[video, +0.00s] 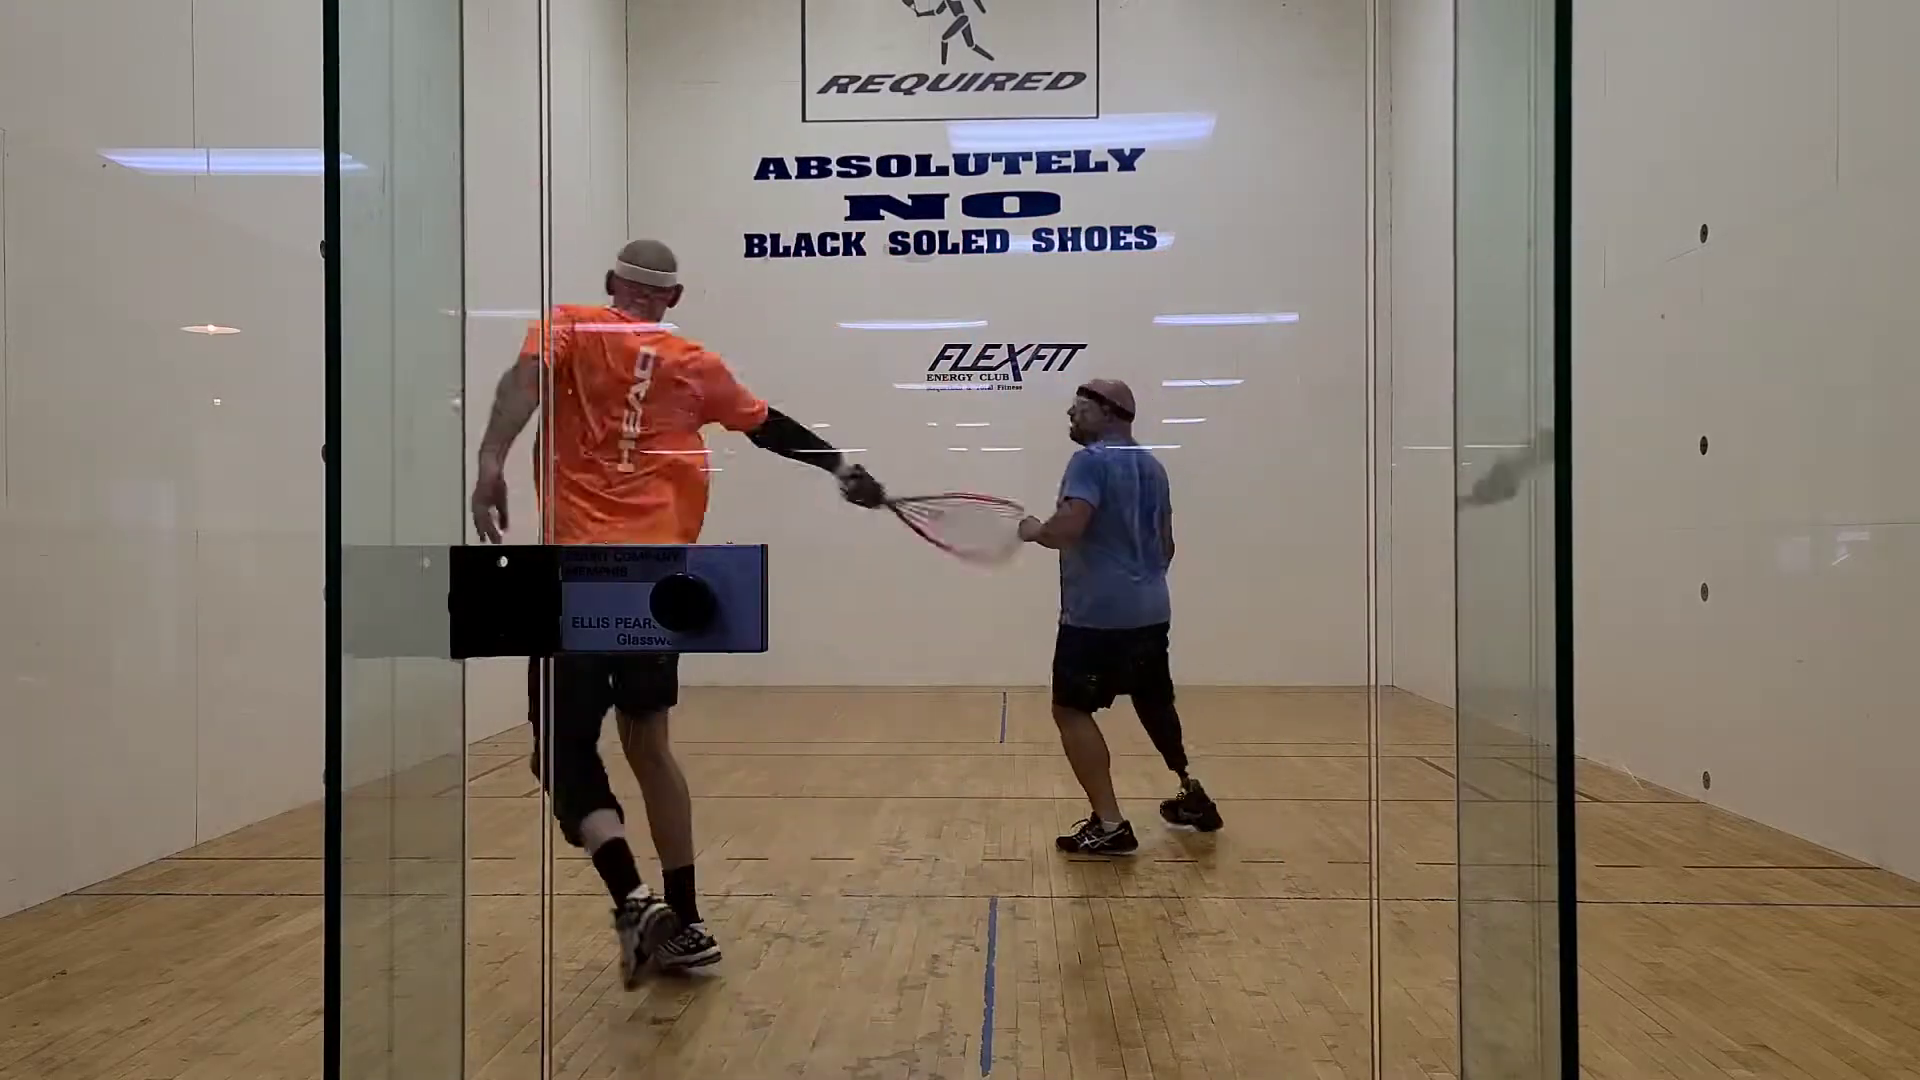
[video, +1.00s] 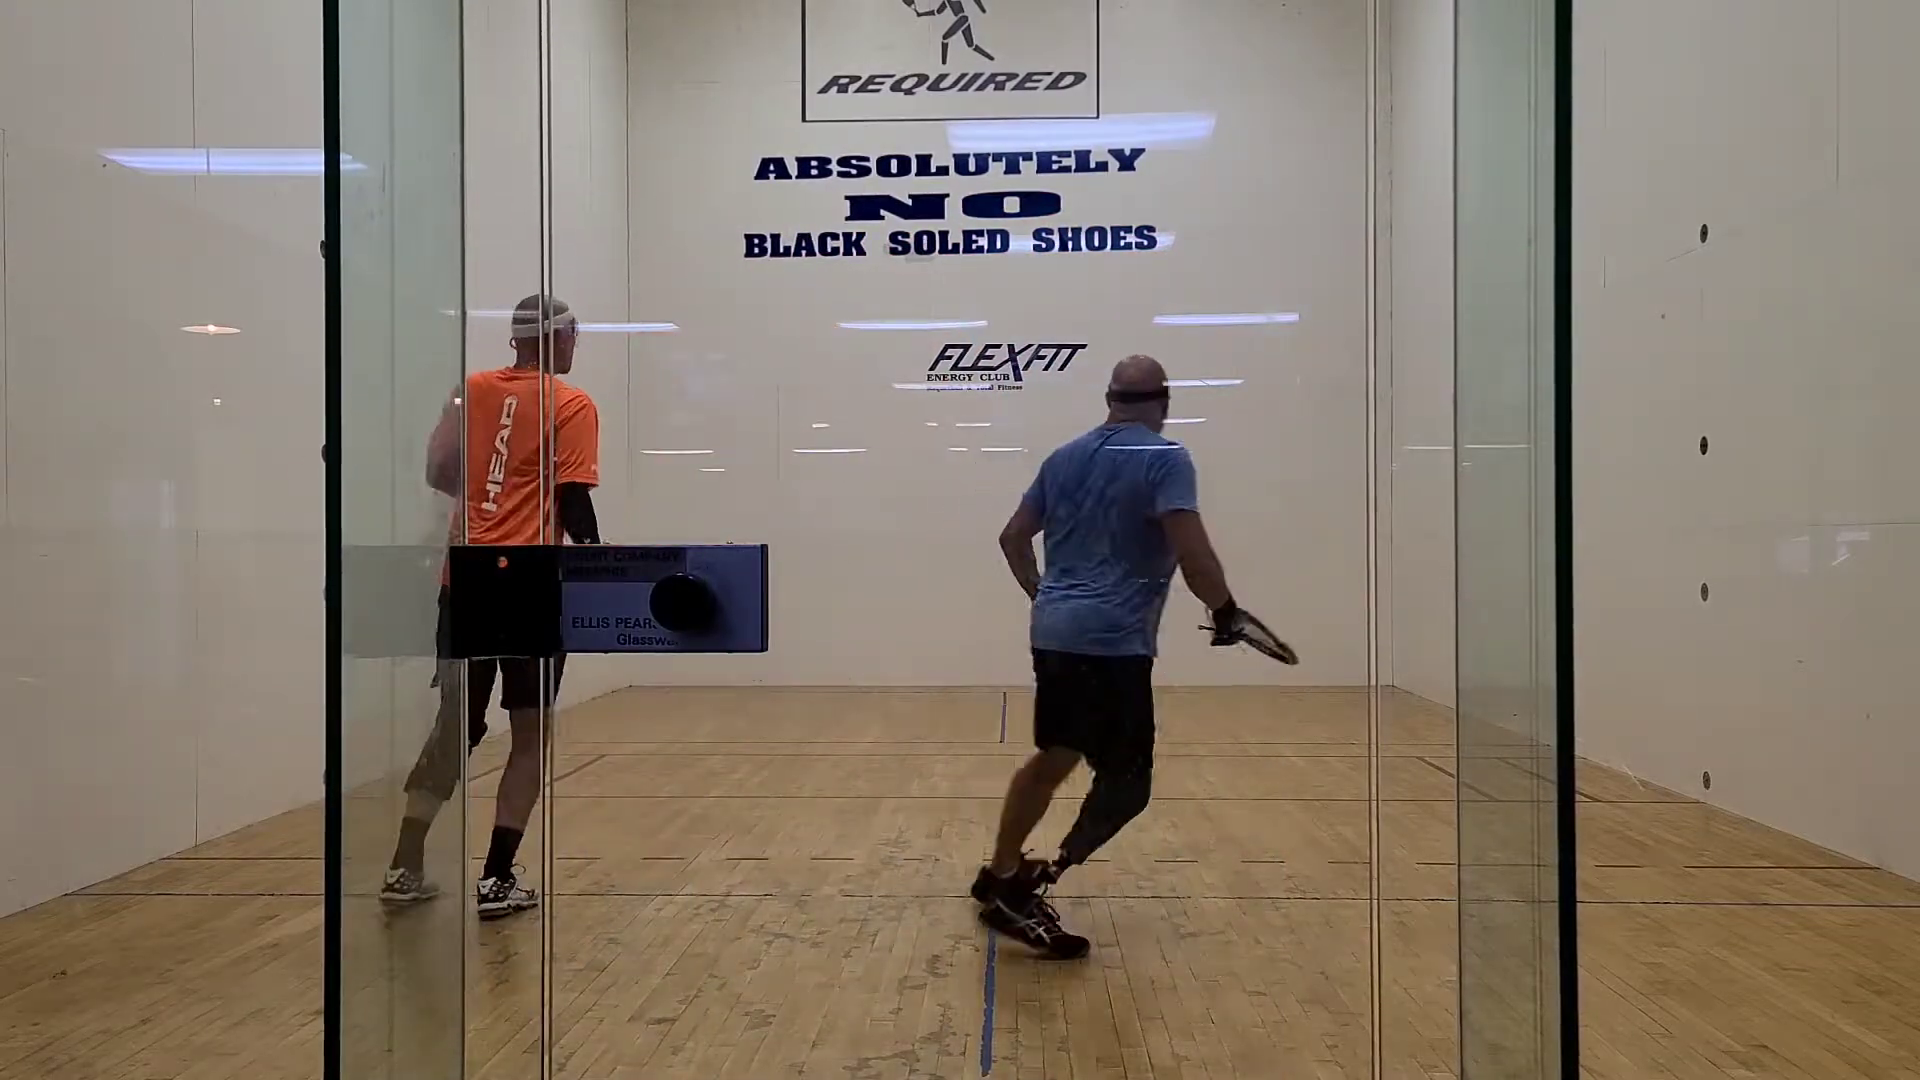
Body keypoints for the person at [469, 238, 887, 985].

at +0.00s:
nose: (644, 304)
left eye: (645, 292)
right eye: (645, 292)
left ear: (612, 285)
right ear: (671, 298)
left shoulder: (564, 327)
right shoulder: (693, 362)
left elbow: (523, 384)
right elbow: (767, 425)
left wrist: (488, 468)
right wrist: (840, 461)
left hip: (574, 576)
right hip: (662, 580)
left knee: (564, 750)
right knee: (650, 742)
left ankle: (633, 902)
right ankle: (683, 920)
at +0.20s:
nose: (630, 338)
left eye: (620, 327)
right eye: (632, 329)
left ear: (576, 321)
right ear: (636, 328)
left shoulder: (537, 353)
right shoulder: (645, 378)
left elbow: (467, 364)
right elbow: (650, 431)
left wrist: (402, 387)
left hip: (531, 585)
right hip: (624, 590)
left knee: (506, 746)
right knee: (626, 754)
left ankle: (489, 919)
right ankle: (675, 924)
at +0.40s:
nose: (617, 349)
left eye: (614, 337)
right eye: (617, 339)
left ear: (565, 328)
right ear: (614, 337)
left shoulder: (504, 372)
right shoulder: (612, 394)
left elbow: (411, 435)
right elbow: (568, 464)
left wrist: (337, 501)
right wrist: (526, 533)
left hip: (488, 573)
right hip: (570, 580)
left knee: (493, 739)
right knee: (579, 723)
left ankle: (479, 912)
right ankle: (592, 849)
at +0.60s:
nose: (592, 329)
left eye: (588, 317)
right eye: (592, 319)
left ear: (536, 313)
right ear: (583, 320)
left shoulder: (492, 360)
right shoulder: (585, 387)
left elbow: (473, 453)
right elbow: (567, 487)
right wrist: (587, 582)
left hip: (466, 568)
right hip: (534, 575)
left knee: (473, 725)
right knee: (530, 728)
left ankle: (470, 890)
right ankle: (510, 877)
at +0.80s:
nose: (578, 345)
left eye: (575, 335)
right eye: (577, 336)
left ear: (521, 334)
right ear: (568, 338)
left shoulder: (478, 379)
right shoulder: (575, 407)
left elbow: (511, 434)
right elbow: (583, 502)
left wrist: (582, 434)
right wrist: (624, 574)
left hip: (461, 580)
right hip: (531, 584)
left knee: (464, 718)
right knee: (529, 738)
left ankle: (440, 834)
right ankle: (497, 882)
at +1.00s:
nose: (575, 346)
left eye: (572, 335)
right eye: (572, 337)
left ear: (515, 339)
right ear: (561, 339)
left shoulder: (472, 390)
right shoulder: (573, 405)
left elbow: (439, 470)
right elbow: (572, 500)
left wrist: (495, 492)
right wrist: (601, 566)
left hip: (468, 578)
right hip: (537, 582)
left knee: (458, 725)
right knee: (529, 739)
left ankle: (405, 867)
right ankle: (497, 879)